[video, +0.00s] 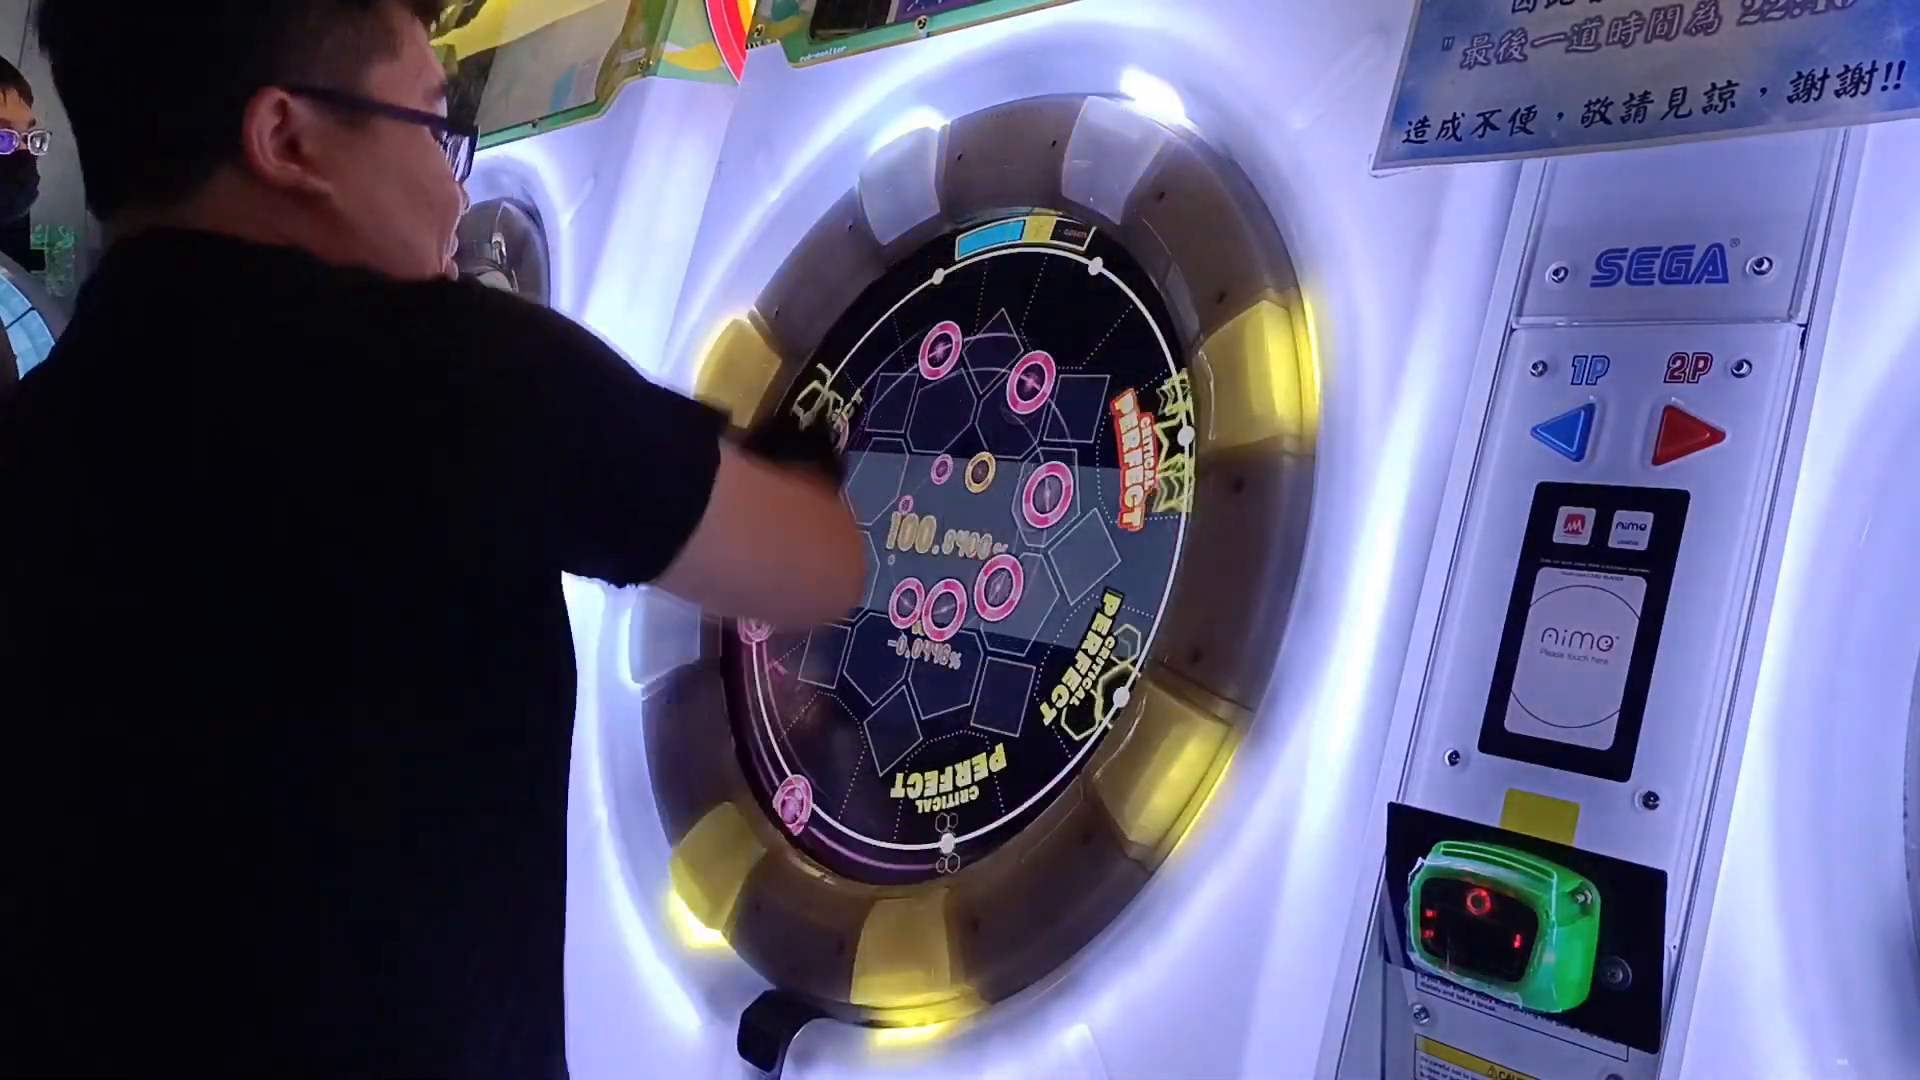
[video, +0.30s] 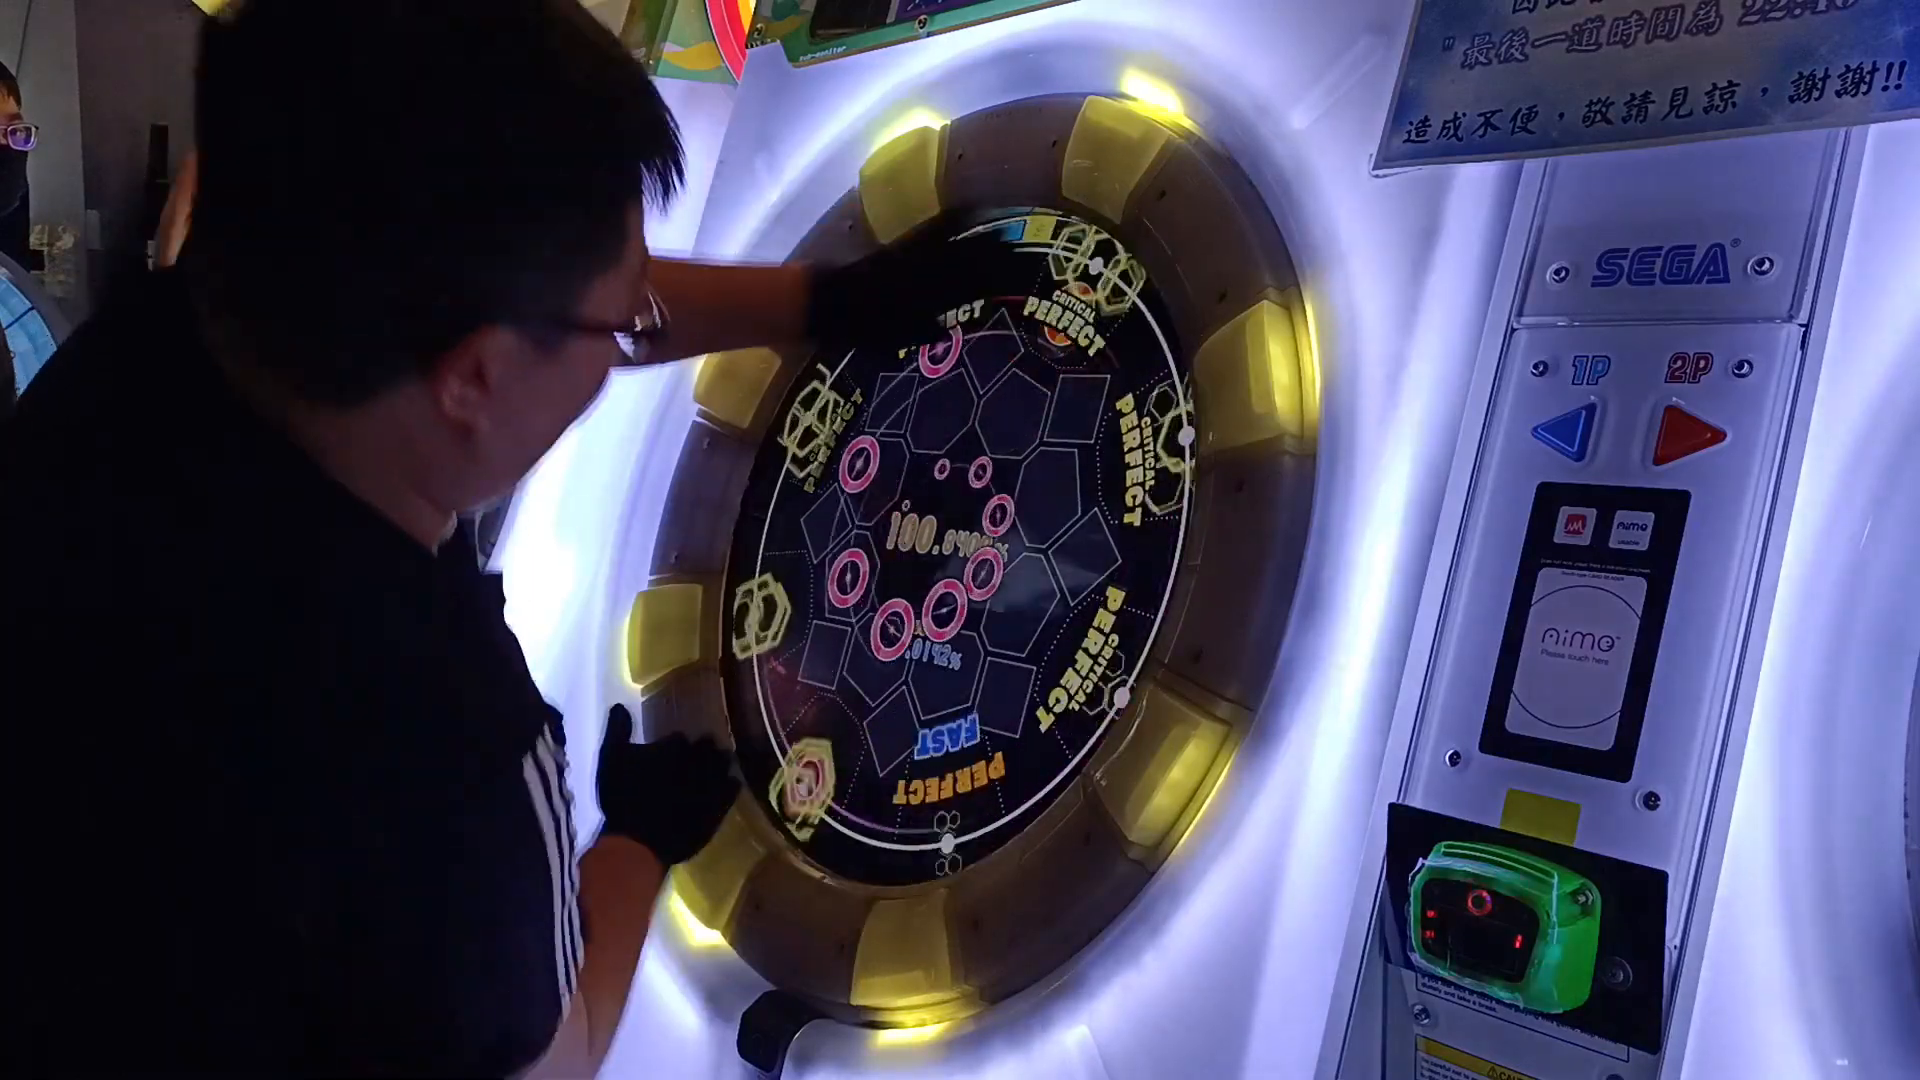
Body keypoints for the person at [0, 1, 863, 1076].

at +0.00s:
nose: (459, 174)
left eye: (447, 125)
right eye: (434, 122)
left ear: (127, 159)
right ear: (286, 144)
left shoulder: (30, 429)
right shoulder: (461, 367)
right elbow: (820, 571)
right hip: (434, 1045)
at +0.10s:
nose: (493, 139)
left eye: (489, 92)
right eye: (471, 88)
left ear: (284, 96)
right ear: (301, 99)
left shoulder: (54, 338)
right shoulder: (415, 356)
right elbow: (824, 611)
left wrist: (523, 354)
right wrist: (1067, 441)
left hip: (65, 1022)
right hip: (329, 1040)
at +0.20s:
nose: (560, 179)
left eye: (555, 137)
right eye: (541, 143)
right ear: (373, 178)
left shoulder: (193, 255)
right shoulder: (357, 535)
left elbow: (650, 206)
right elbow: (466, 1011)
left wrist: (913, 230)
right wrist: (700, 888)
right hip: (270, 1051)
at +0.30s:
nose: (624, 332)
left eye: (618, 306)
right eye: (604, 321)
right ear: (476, 380)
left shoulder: (164, 337)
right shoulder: (417, 765)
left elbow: (562, 288)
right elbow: (550, 1056)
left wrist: (813, 305)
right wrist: (641, 842)